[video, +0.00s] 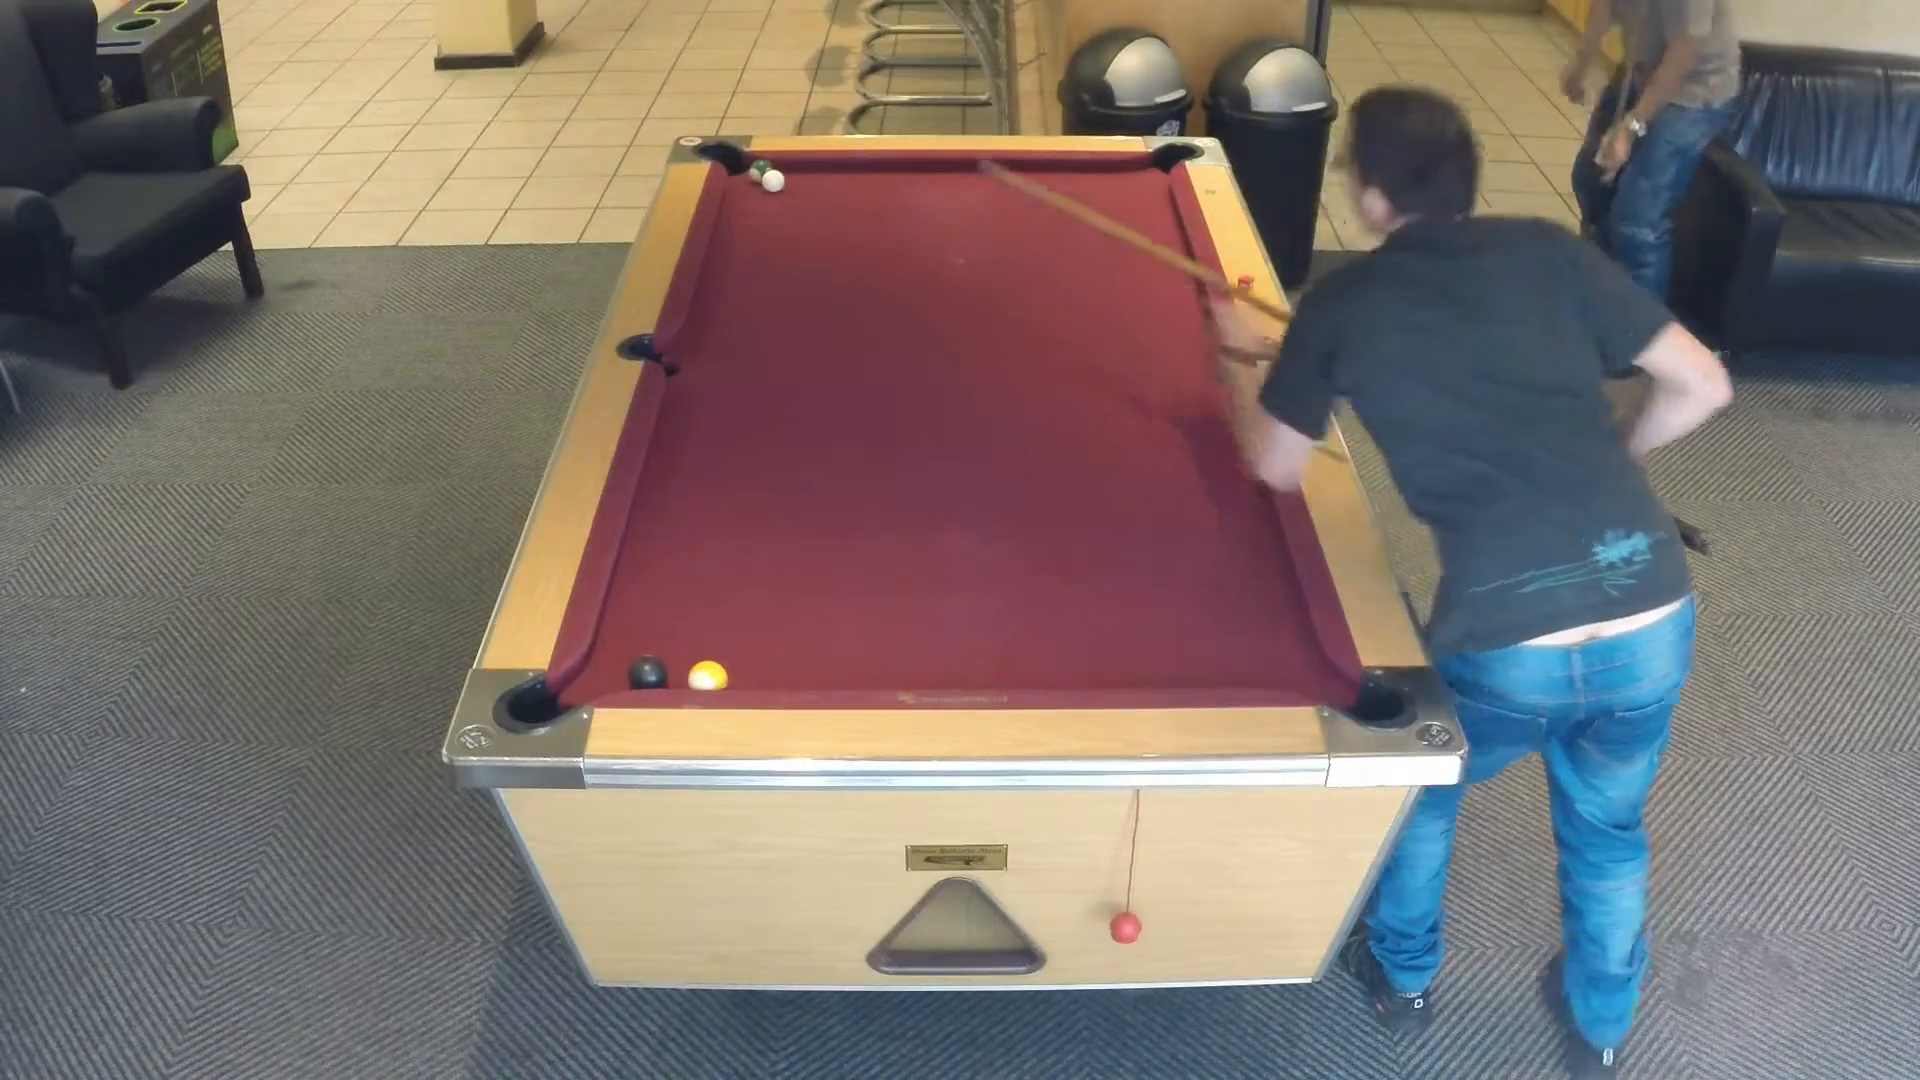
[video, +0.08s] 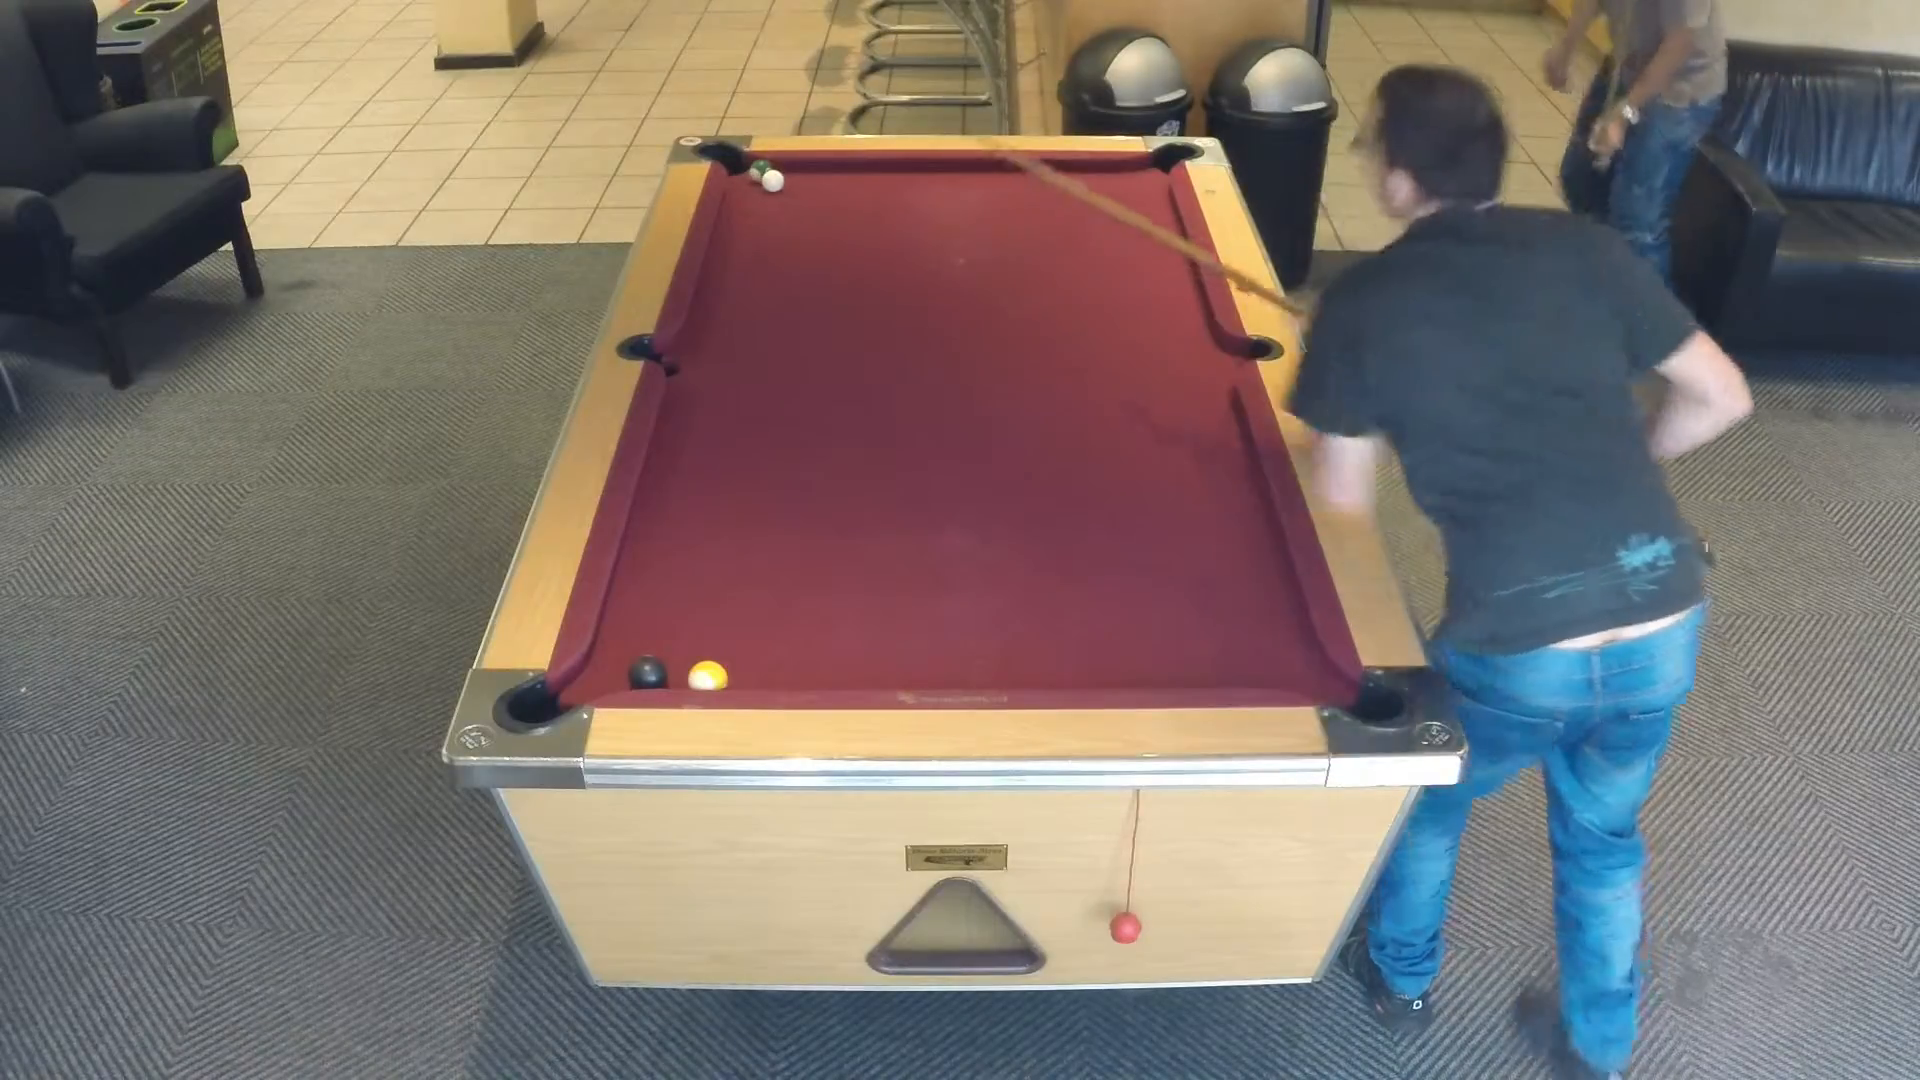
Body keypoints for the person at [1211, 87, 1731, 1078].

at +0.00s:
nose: (1341, 189)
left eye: (1346, 175)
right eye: (1346, 171)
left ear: (1370, 194)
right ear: (1463, 180)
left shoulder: (1343, 300)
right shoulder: (1550, 251)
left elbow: (1277, 466)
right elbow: (1702, 385)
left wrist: (1247, 378)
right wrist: (1604, 446)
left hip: (1508, 640)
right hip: (1652, 621)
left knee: (1424, 780)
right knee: (1610, 831)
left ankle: (1404, 966)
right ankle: (1605, 1019)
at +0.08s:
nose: (1370, 167)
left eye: (1376, 154)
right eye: (1374, 150)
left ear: (1398, 176)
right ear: (1494, 163)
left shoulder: (1365, 295)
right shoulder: (1584, 245)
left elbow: (1341, 493)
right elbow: (1719, 394)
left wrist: (1374, 413)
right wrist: (1611, 453)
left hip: (1519, 637)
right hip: (1662, 621)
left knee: (1436, 792)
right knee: (1606, 841)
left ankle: (1403, 973)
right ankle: (1602, 1042)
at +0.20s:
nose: (1419, 149)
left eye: (1430, 138)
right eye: (1426, 132)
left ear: (1464, 166)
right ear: (1548, 147)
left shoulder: (1420, 297)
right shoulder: (1636, 248)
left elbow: (1416, 510)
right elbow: (1743, 423)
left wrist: (1503, 473)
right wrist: (1638, 464)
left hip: (1546, 661)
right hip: (1684, 639)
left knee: (1450, 817)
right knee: (1606, 859)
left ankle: (1402, 969)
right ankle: (1613, 1060)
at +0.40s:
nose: (1504, 176)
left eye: (1521, 161)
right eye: (1510, 155)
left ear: (1582, 182)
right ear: (1638, 176)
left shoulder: (1556, 340)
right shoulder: (1737, 285)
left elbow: (1503, 578)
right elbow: (1753, 454)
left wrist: (1470, 497)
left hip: (1597, 728)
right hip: (1723, 706)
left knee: (1473, 865)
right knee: (1622, 911)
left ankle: (1404, 985)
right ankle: (1612, 1066)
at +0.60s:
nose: (1551, 202)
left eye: (1577, 192)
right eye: (1561, 180)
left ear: (1656, 227)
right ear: (1676, 227)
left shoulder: (1635, 393)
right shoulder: (1771, 312)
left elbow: (1632, 661)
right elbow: (1757, 510)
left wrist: (1539, 622)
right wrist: (1611, 589)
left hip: (1634, 773)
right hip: (1741, 724)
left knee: (1477, 967)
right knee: (1629, 946)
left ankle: (1454, 1069)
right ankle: (1615, 1068)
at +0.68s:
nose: (1556, 222)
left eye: (1581, 213)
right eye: (1566, 200)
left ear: (1664, 247)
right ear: (1686, 249)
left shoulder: (1648, 422)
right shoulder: (1769, 321)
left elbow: (1677, 694)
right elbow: (1792, 511)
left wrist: (1560, 704)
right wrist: (1620, 561)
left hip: (1640, 793)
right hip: (1738, 750)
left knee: (1486, 993)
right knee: (1628, 960)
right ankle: (1614, 1067)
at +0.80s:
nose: (1544, 256)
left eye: (1571, 248)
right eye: (1556, 231)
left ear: (1660, 289)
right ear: (1674, 286)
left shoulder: (1677, 467)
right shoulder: (1752, 342)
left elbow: (1717, 760)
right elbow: (1788, 510)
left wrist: (1563, 840)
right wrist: (1613, 581)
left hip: (1652, 808)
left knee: (1521, 1044)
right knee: (1621, 1002)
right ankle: (1617, 1065)